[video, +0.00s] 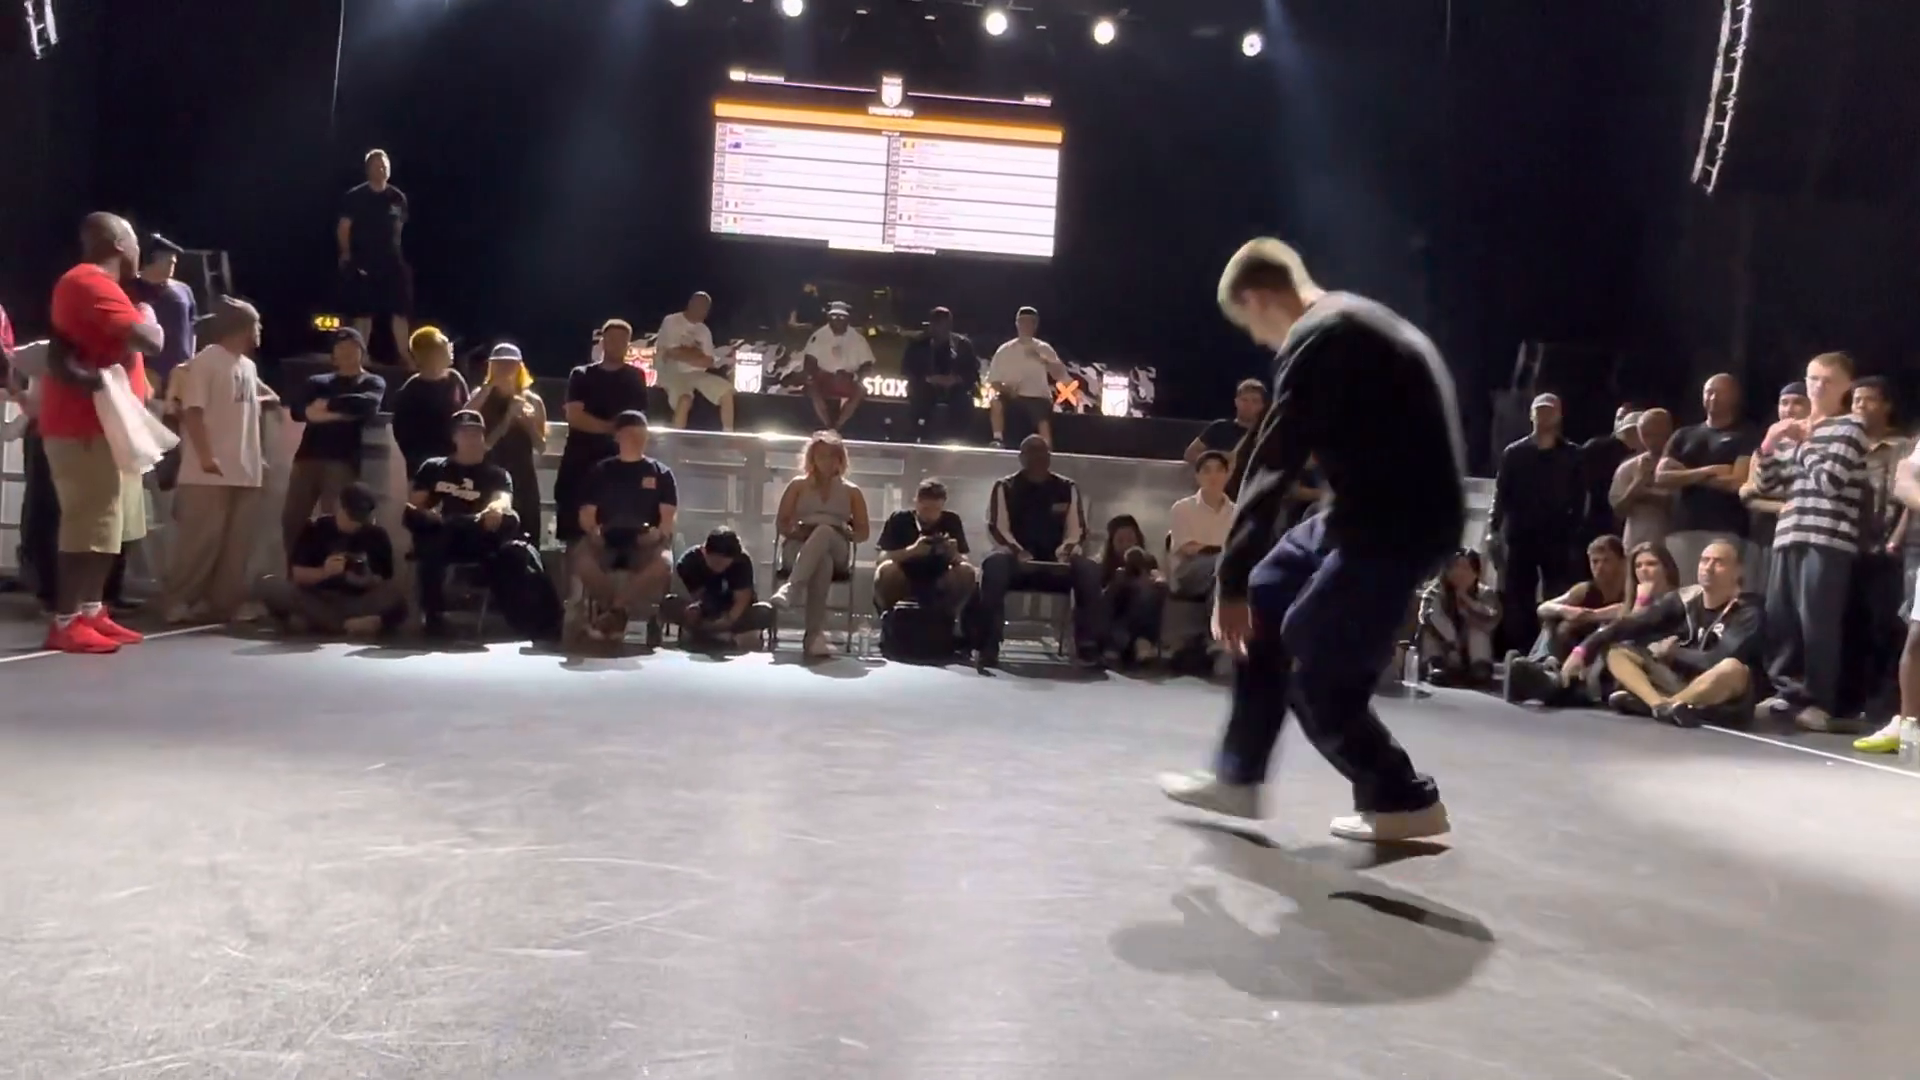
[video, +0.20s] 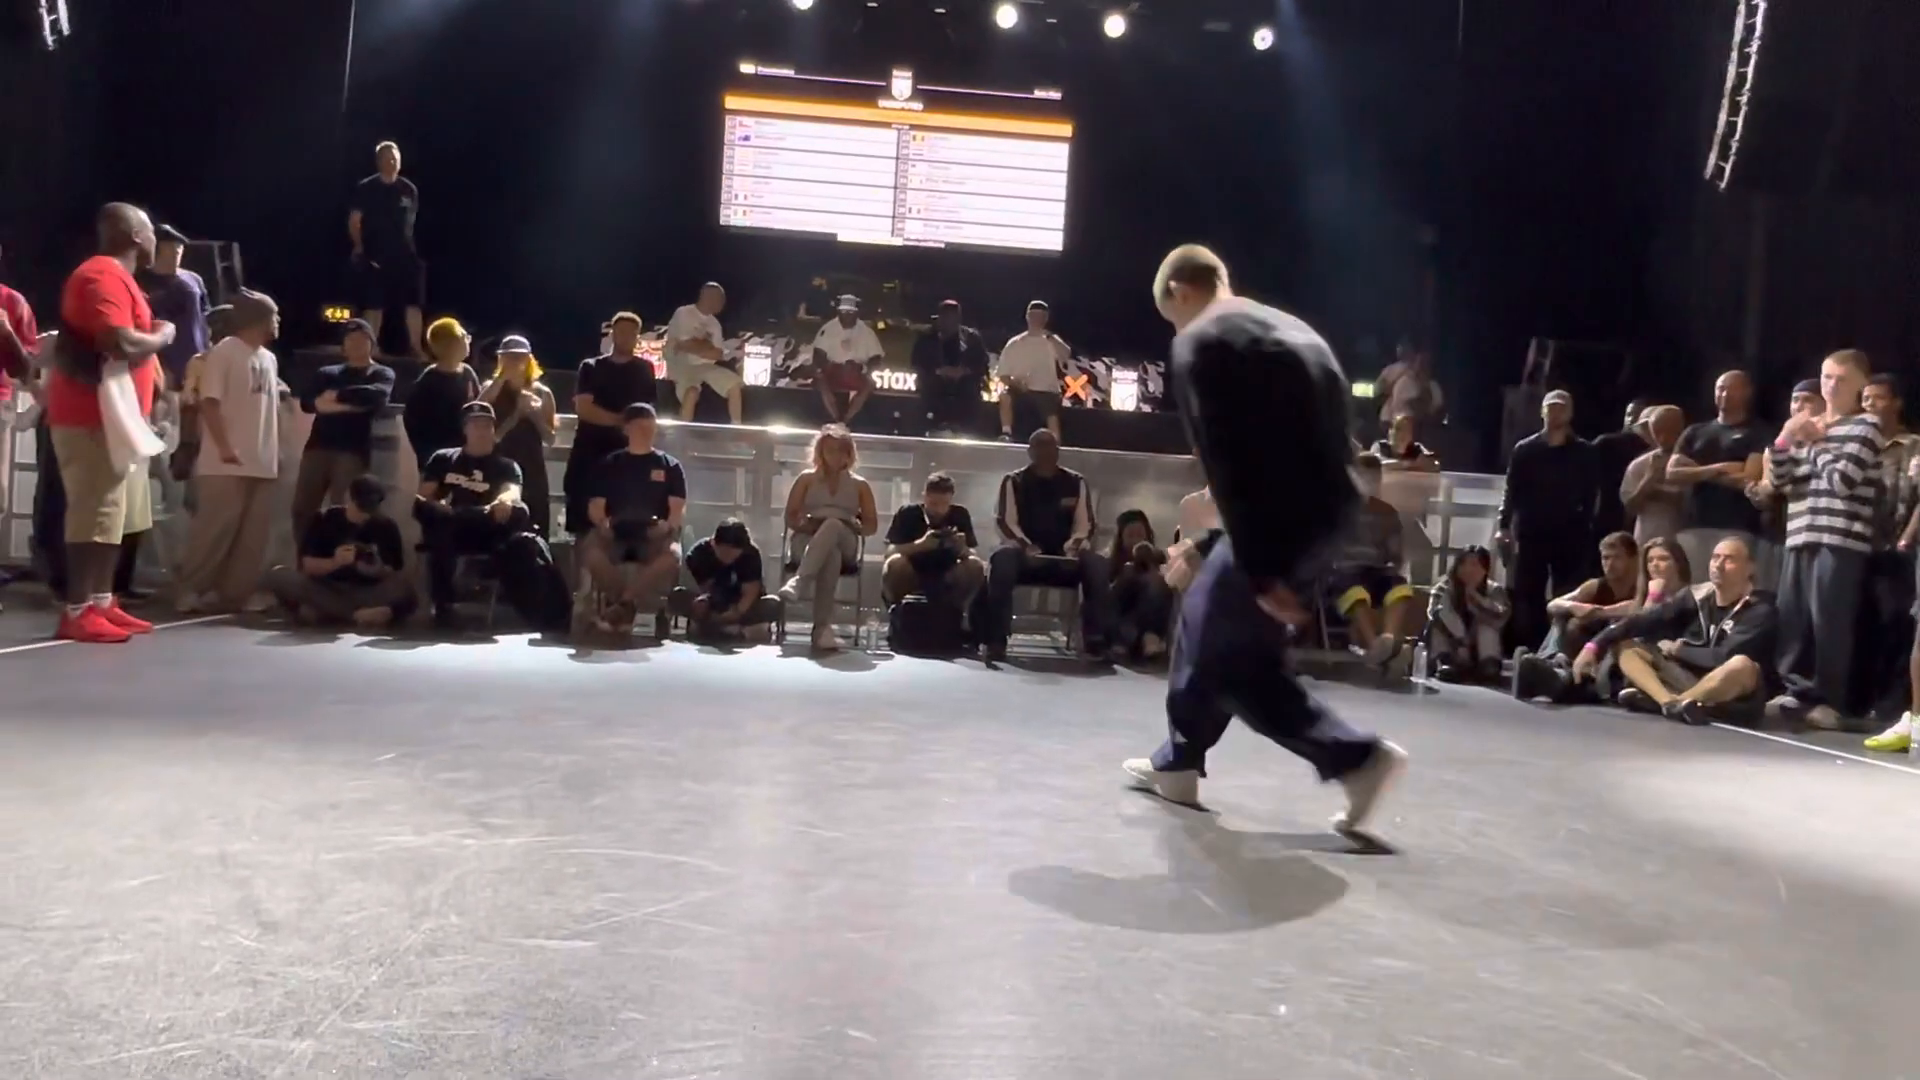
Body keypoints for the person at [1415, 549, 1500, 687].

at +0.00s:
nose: (1460, 573)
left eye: (1466, 569)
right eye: (1455, 567)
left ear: (1476, 574)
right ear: (1447, 571)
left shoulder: (1486, 594)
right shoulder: (1434, 593)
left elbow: (1490, 620)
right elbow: (1429, 617)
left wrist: (1466, 599)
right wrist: (1453, 641)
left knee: (1477, 623)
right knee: (1428, 628)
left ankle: (1480, 664)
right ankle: (1434, 664)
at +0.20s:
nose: (1468, 570)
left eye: (1475, 565)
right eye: (1464, 564)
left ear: (1485, 570)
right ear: (1457, 567)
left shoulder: (1494, 590)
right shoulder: (1443, 589)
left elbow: (1500, 617)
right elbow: (1439, 614)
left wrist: (1476, 598)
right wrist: (1461, 640)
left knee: (1486, 623)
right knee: (1437, 624)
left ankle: (1490, 663)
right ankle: (1444, 662)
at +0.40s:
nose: (1476, 568)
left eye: (1482, 563)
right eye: (1471, 562)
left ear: (1492, 569)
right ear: (1465, 565)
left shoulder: (1502, 588)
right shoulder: (1452, 585)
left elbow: (1507, 614)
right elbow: (1446, 610)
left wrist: (1480, 592)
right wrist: (1468, 640)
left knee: (1493, 623)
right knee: (1447, 621)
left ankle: (1498, 662)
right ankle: (1451, 660)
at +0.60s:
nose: (1480, 568)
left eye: (1487, 563)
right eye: (1476, 561)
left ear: (1497, 569)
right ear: (1469, 564)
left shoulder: (1506, 587)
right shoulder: (1456, 584)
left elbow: (1512, 613)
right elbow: (1450, 610)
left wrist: (1484, 592)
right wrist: (1472, 639)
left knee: (1497, 623)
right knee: (1452, 620)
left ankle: (1501, 660)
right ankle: (1454, 660)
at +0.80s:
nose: (1484, 568)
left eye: (1491, 564)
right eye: (1479, 561)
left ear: (1501, 569)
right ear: (1472, 564)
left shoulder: (1510, 587)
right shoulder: (1459, 584)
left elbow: (1515, 613)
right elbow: (1453, 609)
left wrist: (1487, 592)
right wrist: (1475, 638)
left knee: (1500, 623)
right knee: (1455, 620)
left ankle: (1504, 660)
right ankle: (1457, 659)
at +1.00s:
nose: (1488, 567)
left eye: (1495, 563)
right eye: (1483, 561)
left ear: (1505, 569)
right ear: (1476, 564)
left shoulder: (1514, 587)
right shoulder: (1463, 584)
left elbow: (1519, 613)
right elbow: (1457, 609)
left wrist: (1492, 593)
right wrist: (1479, 638)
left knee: (1504, 624)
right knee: (1459, 620)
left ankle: (1509, 660)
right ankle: (1461, 659)